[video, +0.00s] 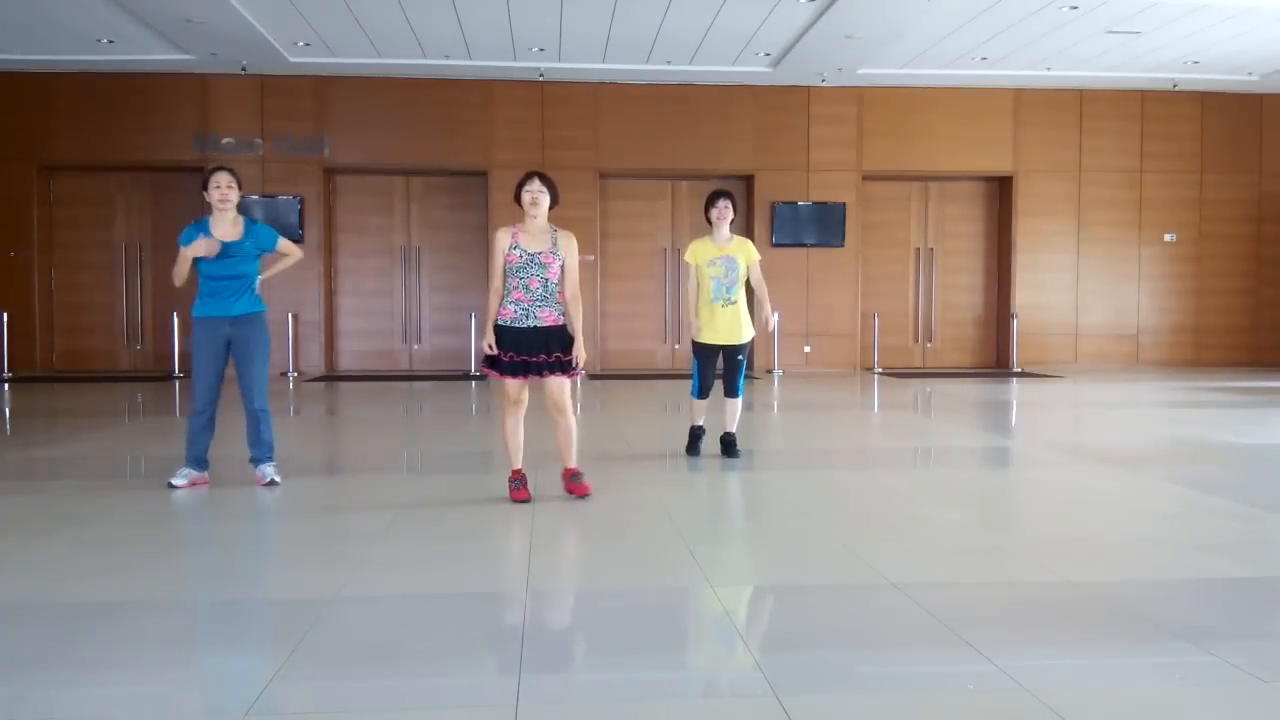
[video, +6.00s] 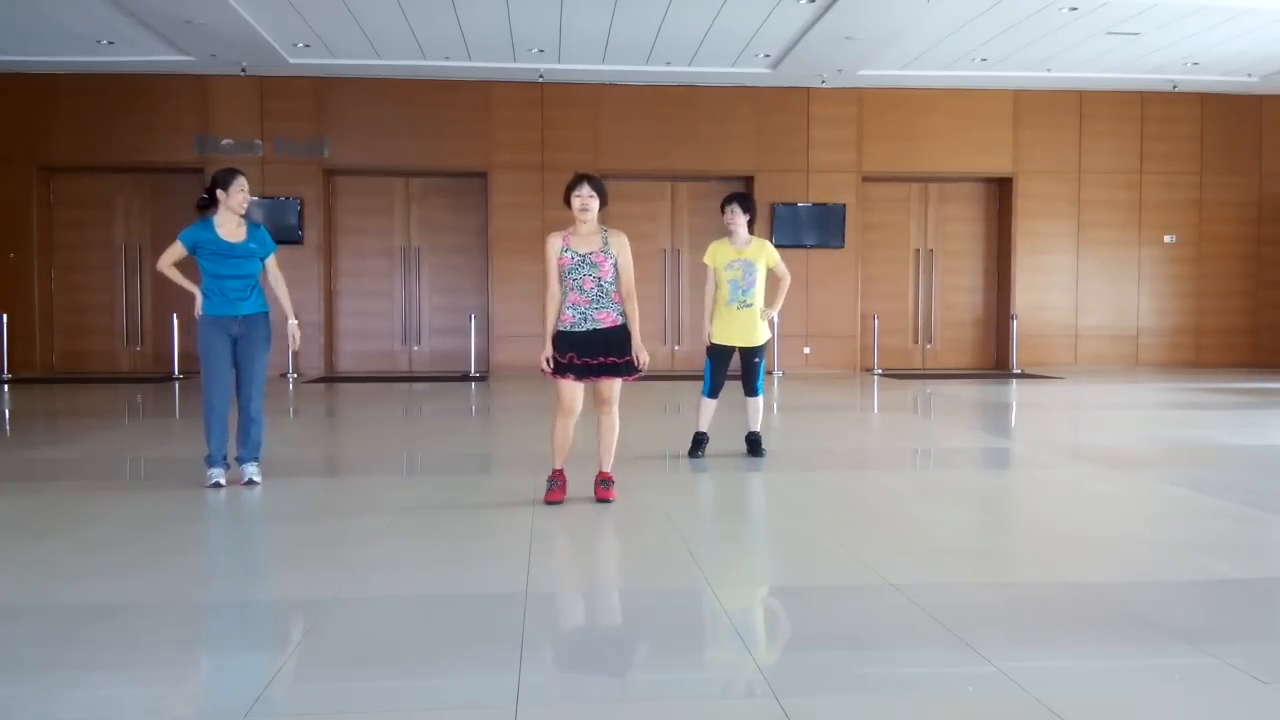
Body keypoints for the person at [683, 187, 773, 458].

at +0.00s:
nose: (721, 211)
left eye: (726, 207)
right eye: (716, 207)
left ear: (733, 213)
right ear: (708, 212)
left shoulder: (745, 246)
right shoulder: (696, 248)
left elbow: (758, 282)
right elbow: (691, 287)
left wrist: (767, 309)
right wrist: (692, 320)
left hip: (738, 328)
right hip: (705, 328)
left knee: (734, 387)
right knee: (701, 386)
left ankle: (729, 436)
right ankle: (696, 432)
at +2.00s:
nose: (742, 211)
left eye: (747, 207)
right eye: (737, 207)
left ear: (755, 214)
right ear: (729, 214)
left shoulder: (767, 248)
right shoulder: (719, 247)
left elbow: (775, 288)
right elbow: (712, 288)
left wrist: (782, 319)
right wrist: (708, 322)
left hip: (757, 327)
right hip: (725, 327)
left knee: (752, 387)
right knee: (715, 385)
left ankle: (749, 437)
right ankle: (705, 436)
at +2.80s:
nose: (715, 214)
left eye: (720, 211)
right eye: (710, 210)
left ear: (726, 217)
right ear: (701, 215)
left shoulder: (735, 249)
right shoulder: (687, 247)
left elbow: (742, 289)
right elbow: (678, 285)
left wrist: (745, 323)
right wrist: (671, 322)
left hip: (723, 327)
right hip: (690, 326)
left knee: (733, 385)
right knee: (693, 385)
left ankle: (745, 436)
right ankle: (694, 436)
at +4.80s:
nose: (727, 212)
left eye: (732, 209)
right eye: (722, 208)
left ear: (739, 215)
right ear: (713, 213)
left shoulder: (747, 248)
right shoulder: (699, 246)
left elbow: (758, 287)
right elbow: (687, 287)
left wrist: (757, 320)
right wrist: (684, 323)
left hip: (738, 328)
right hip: (703, 327)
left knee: (740, 387)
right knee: (701, 386)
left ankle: (747, 437)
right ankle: (696, 437)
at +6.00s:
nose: (729, 217)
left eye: (735, 212)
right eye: (726, 212)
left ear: (747, 216)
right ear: (722, 217)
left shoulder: (763, 248)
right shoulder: (716, 248)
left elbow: (785, 277)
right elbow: (710, 287)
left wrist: (775, 307)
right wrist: (706, 322)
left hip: (753, 327)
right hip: (721, 327)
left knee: (753, 387)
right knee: (711, 386)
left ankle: (754, 436)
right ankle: (700, 436)